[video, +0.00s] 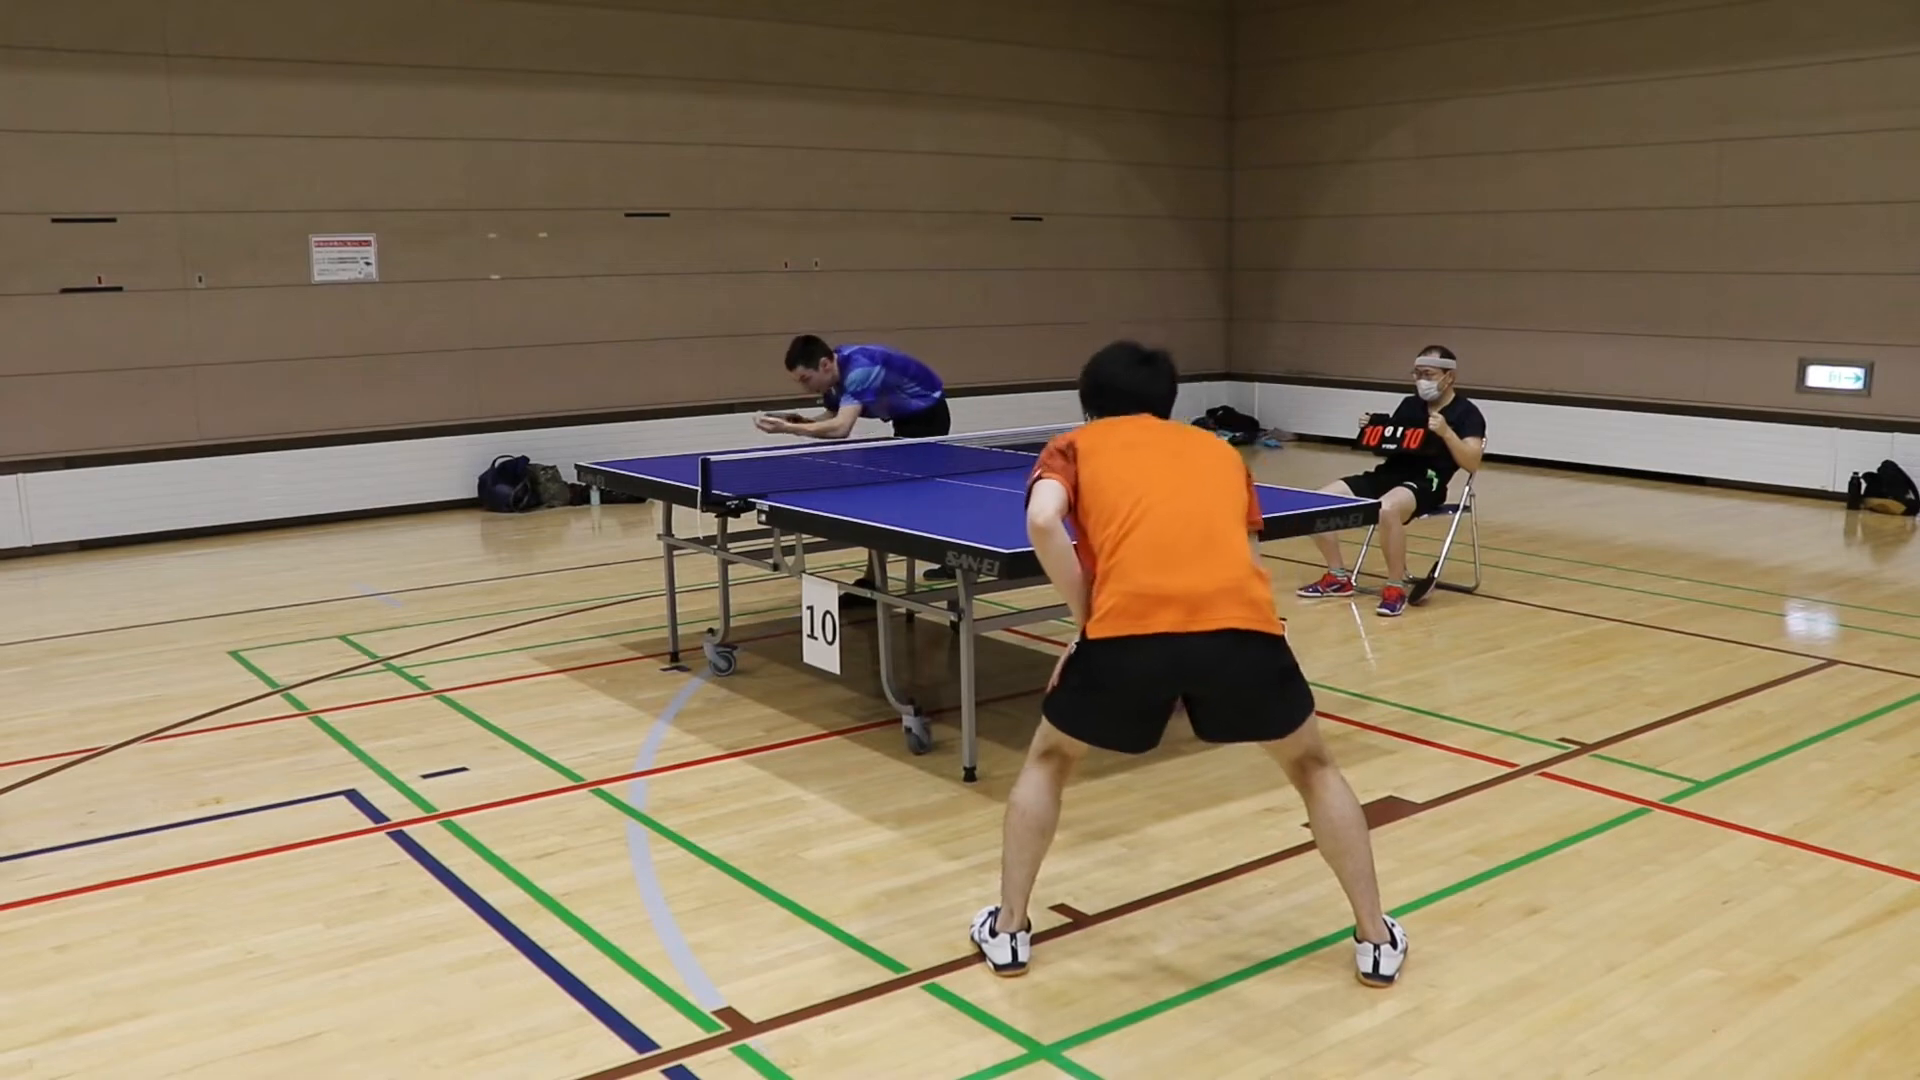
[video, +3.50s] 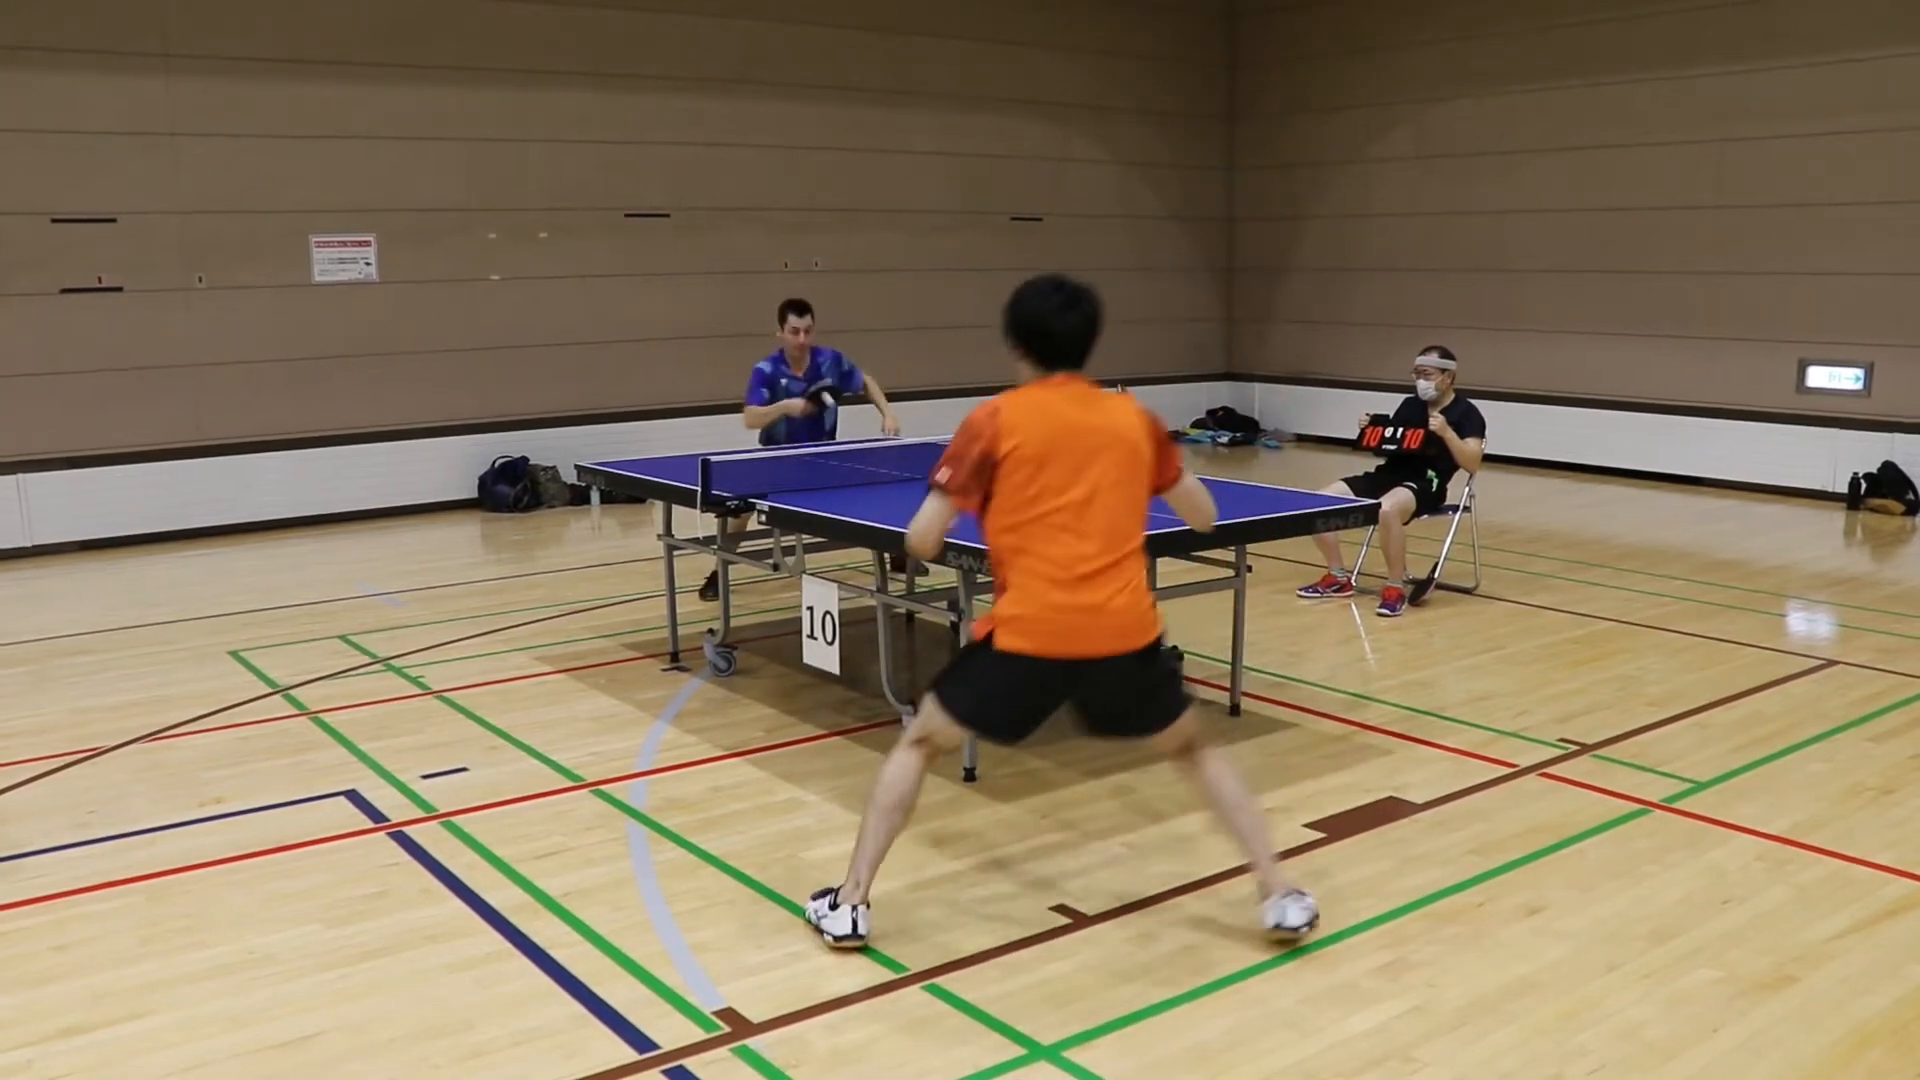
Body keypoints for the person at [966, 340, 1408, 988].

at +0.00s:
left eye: (1085, 404)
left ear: (1091, 403)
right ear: (1169, 403)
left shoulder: (1074, 445)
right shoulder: (1221, 450)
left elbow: (1043, 520)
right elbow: (1245, 543)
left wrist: (1089, 616)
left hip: (1125, 644)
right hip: (1242, 642)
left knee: (1050, 760)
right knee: (1313, 767)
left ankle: (1009, 927)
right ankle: (1376, 937)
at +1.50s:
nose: (1136, 324)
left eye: (1137, 312)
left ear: (1143, 314)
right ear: (1220, 316)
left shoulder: (1114, 372)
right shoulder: (1262, 390)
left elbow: (1066, 483)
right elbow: (1292, 537)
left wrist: (1088, 581)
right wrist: (1222, 567)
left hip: (1140, 601)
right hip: (1249, 607)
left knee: (1069, 758)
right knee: (1313, 761)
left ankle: (1011, 928)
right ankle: (1377, 937)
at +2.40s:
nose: (1116, 310)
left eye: (1118, 301)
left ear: (1124, 305)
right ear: (1194, 307)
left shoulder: (1107, 372)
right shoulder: (1239, 379)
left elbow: (1048, 485)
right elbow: (1290, 498)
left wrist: (1015, 506)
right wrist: (1226, 481)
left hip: (1147, 591)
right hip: (1246, 587)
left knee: (1072, 708)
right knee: (1289, 690)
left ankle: (1052, 874)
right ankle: (1337, 836)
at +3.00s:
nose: (1082, 384)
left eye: (1083, 373)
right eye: (1082, 373)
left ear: (1095, 374)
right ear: (1155, 369)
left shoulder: (1100, 430)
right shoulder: (1205, 427)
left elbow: (1021, 529)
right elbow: (1224, 512)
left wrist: (1007, 514)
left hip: (1168, 644)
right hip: (1248, 637)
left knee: (1015, 707)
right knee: (1250, 698)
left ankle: (987, 880)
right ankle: (1322, 824)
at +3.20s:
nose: (1014, 366)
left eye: (1015, 354)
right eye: (1015, 354)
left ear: (1027, 355)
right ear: (1090, 345)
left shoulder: (1033, 404)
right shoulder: (1133, 409)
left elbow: (944, 492)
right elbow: (1134, 523)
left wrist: (900, 471)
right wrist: (1056, 590)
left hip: (1078, 624)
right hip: (1171, 616)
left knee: (946, 691)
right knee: (1235, 716)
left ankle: (960, 865)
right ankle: (1315, 821)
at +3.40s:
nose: (977, 363)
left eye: (979, 353)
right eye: (984, 352)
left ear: (987, 359)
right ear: (1055, 355)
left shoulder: (977, 431)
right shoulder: (1104, 423)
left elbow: (913, 553)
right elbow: (1184, 479)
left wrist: (884, 562)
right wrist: (1143, 424)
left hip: (1017, 647)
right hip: (1111, 641)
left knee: (906, 739)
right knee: (1165, 748)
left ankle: (850, 900)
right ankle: (1261, 874)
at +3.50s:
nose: (1010, 346)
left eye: (1012, 337)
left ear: (1018, 344)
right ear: (1090, 342)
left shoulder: (993, 421)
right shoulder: (1134, 419)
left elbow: (922, 544)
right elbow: (1203, 517)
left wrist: (925, 542)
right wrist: (1158, 464)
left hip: (1025, 644)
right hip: (1126, 642)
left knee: (920, 743)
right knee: (1194, 749)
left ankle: (851, 901)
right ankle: (1281, 895)